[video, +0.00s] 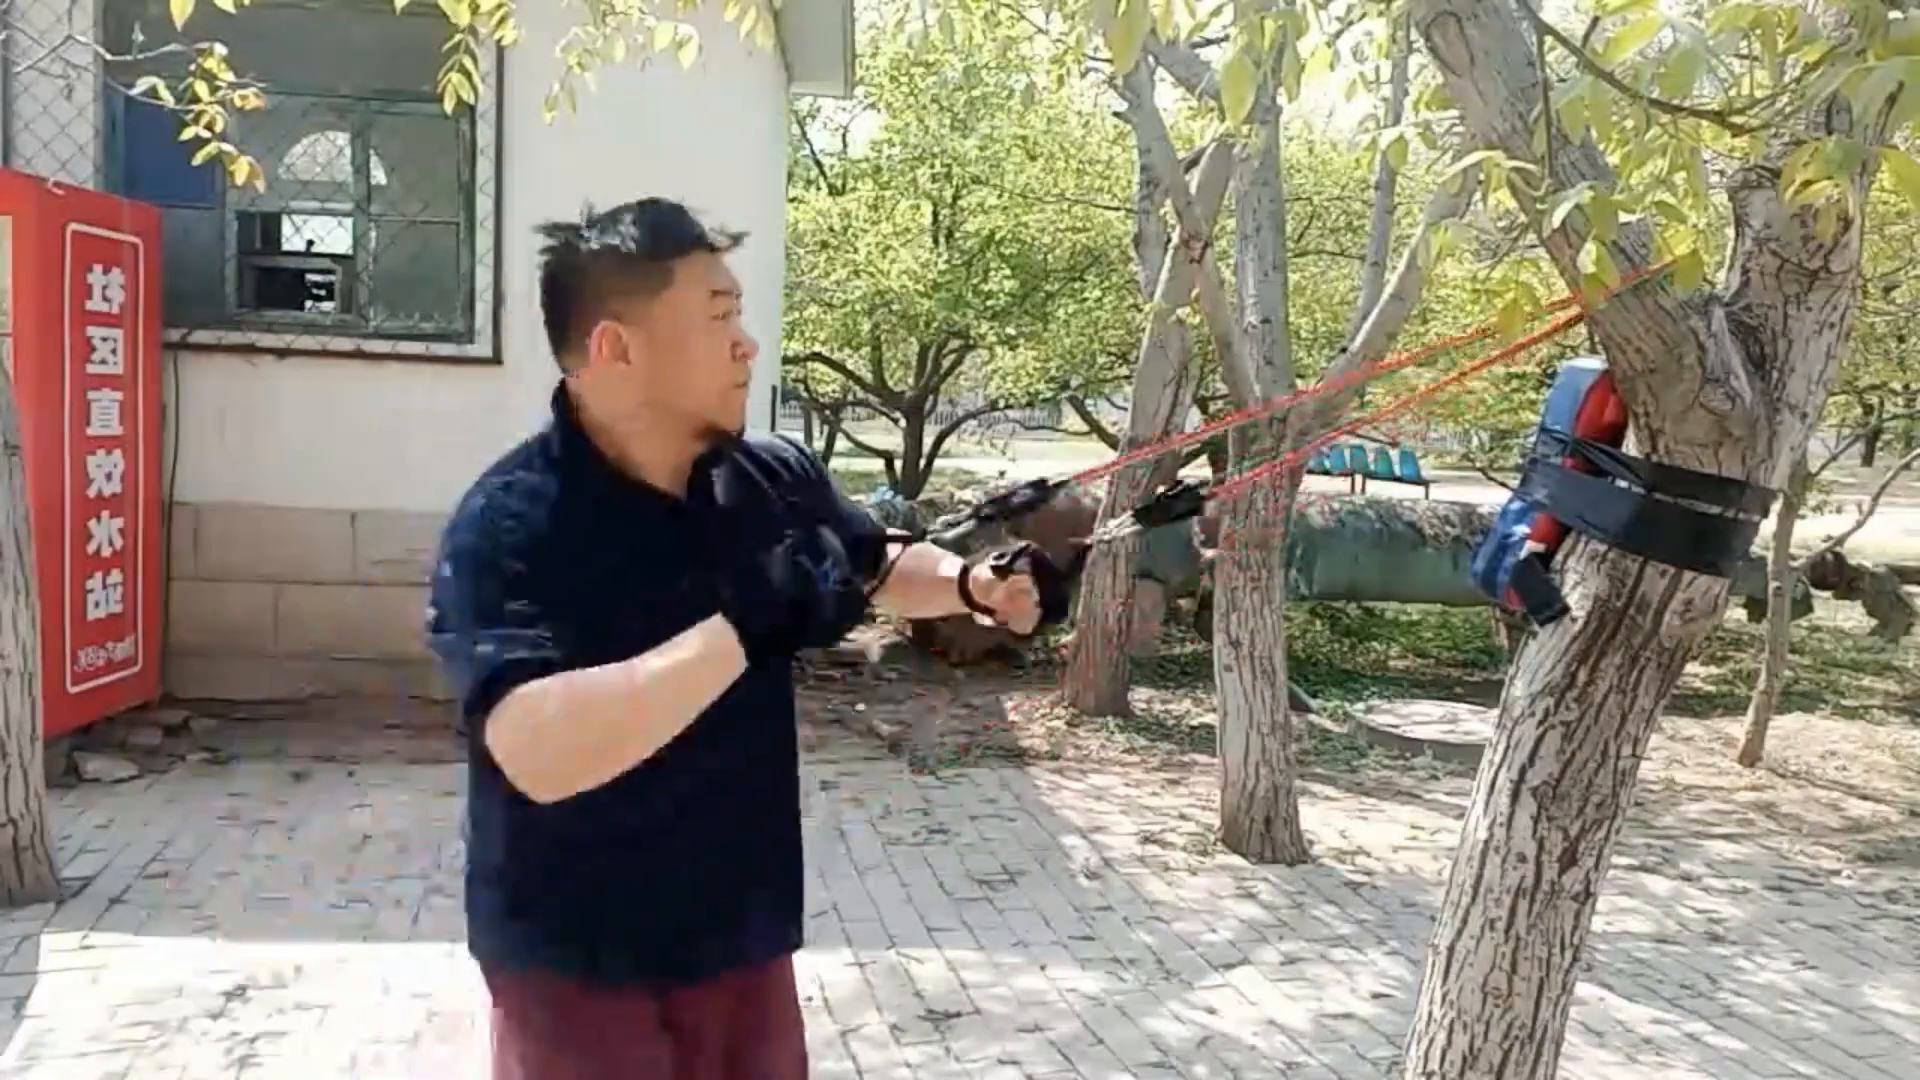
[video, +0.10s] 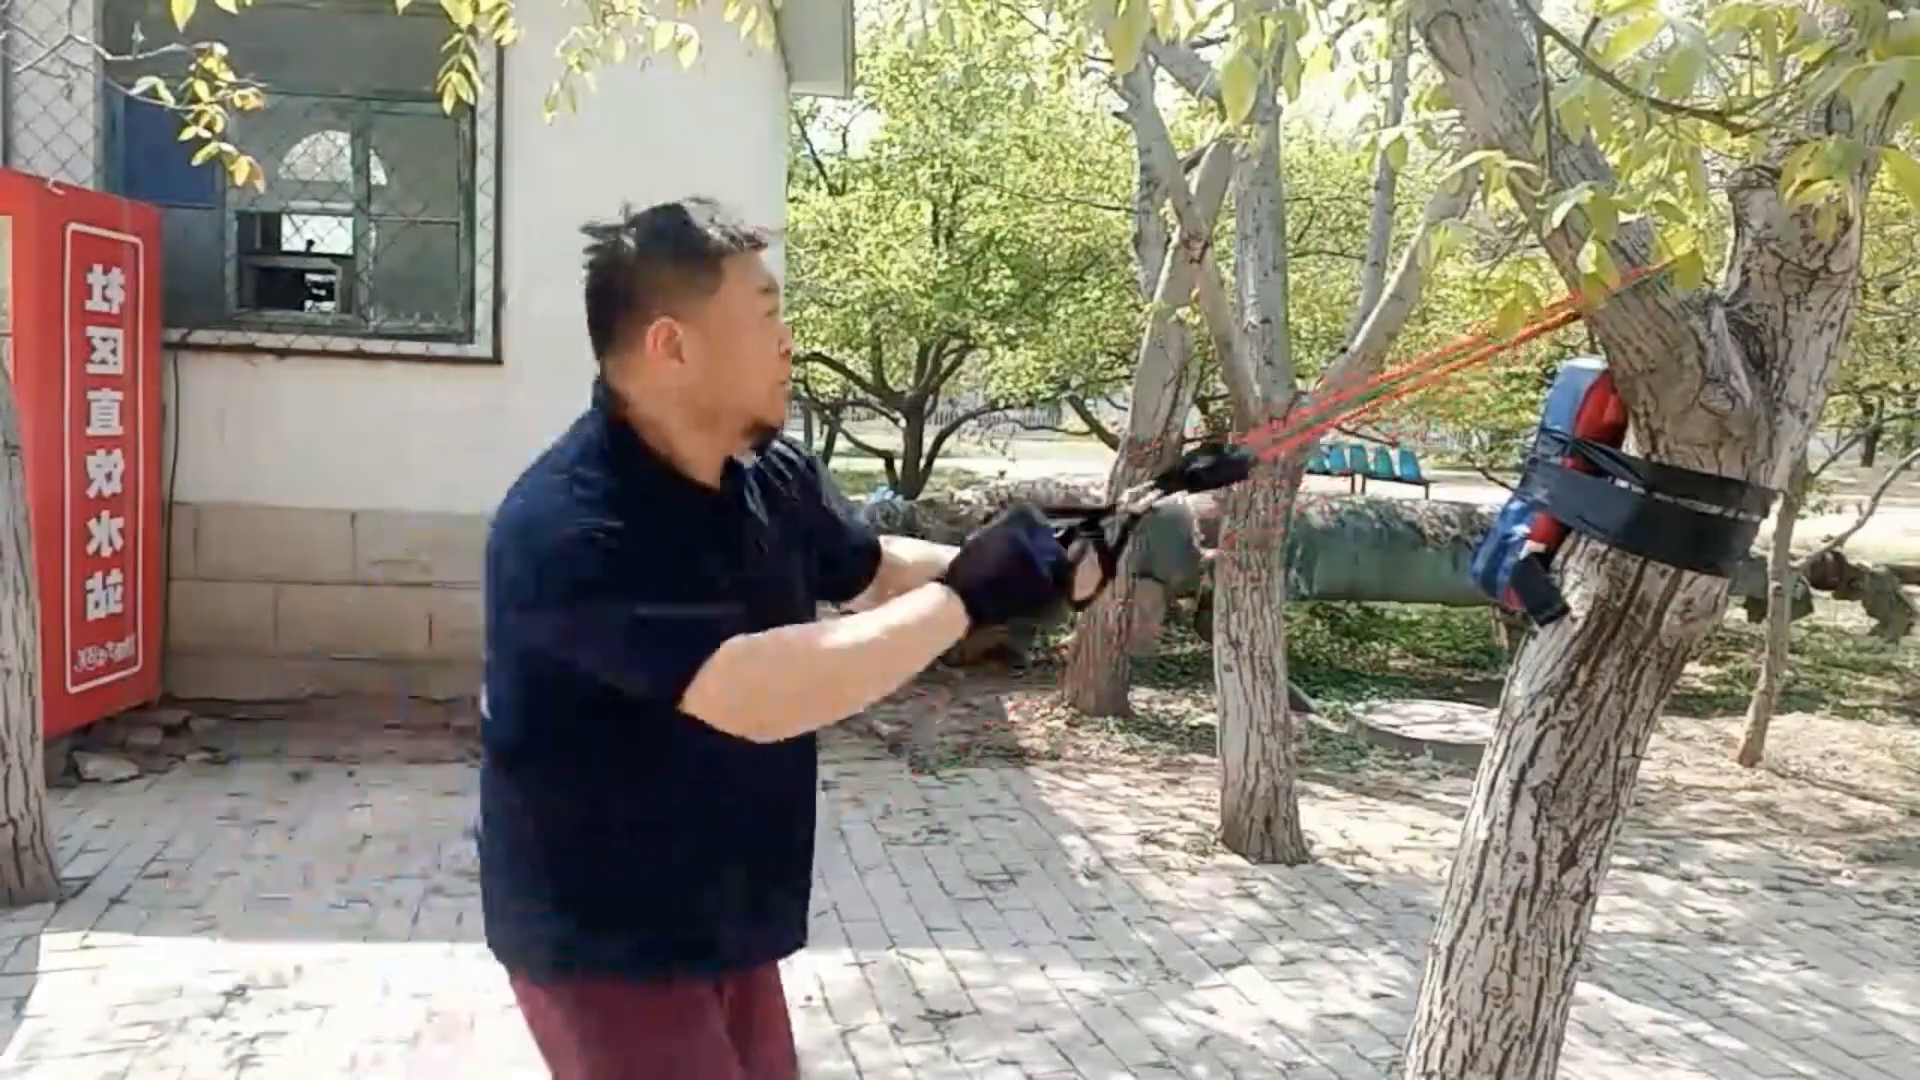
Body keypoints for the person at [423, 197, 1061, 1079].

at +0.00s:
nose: (750, 343)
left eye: (738, 313)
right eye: (721, 316)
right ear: (613, 349)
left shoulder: (770, 480)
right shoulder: (507, 525)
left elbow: (873, 560)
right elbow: (541, 751)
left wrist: (973, 585)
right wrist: (747, 628)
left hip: (745, 951)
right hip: (575, 973)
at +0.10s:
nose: (791, 343)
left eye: (781, 314)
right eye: (768, 315)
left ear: (672, 350)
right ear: (669, 347)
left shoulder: (766, 477)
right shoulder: (565, 528)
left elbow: (872, 569)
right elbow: (754, 694)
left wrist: (1032, 567)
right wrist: (967, 599)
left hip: (734, 936)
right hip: (608, 957)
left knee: (769, 1068)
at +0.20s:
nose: (813, 356)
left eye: (803, 328)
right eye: (793, 329)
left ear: (713, 361)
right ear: (711, 358)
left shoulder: (709, 477)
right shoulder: (659, 534)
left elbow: (867, 583)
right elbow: (901, 669)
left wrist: (1037, 636)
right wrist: (1126, 678)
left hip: (673, 941)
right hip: (634, 967)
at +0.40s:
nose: (830, 416)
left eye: (827, 389)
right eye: (823, 387)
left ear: (682, 388)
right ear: (769, 392)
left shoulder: (620, 500)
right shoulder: (728, 596)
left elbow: (816, 644)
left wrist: (969, 724)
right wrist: (1052, 794)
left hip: (519, 968)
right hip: (630, 1016)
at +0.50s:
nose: (812, 423)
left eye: (807, 395)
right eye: (804, 393)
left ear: (657, 394)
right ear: (757, 400)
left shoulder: (608, 507)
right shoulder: (701, 592)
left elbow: (812, 639)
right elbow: (799, 809)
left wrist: (971, 695)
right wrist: (1002, 757)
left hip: (490, 977)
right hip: (608, 1026)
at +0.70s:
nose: (655, 503)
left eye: (654, 478)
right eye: (655, 476)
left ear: (515, 467)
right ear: (635, 471)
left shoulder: (424, 574)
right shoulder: (621, 592)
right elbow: (750, 745)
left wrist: (801, 670)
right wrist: (824, 630)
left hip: (342, 1038)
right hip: (546, 1044)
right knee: (694, 1058)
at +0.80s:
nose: (529, 576)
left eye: (527, 559)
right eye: (528, 558)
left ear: (371, 564)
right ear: (504, 554)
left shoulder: (267, 685)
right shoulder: (596, 668)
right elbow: (737, 823)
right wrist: (704, 719)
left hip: (304, 1059)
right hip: (534, 1058)